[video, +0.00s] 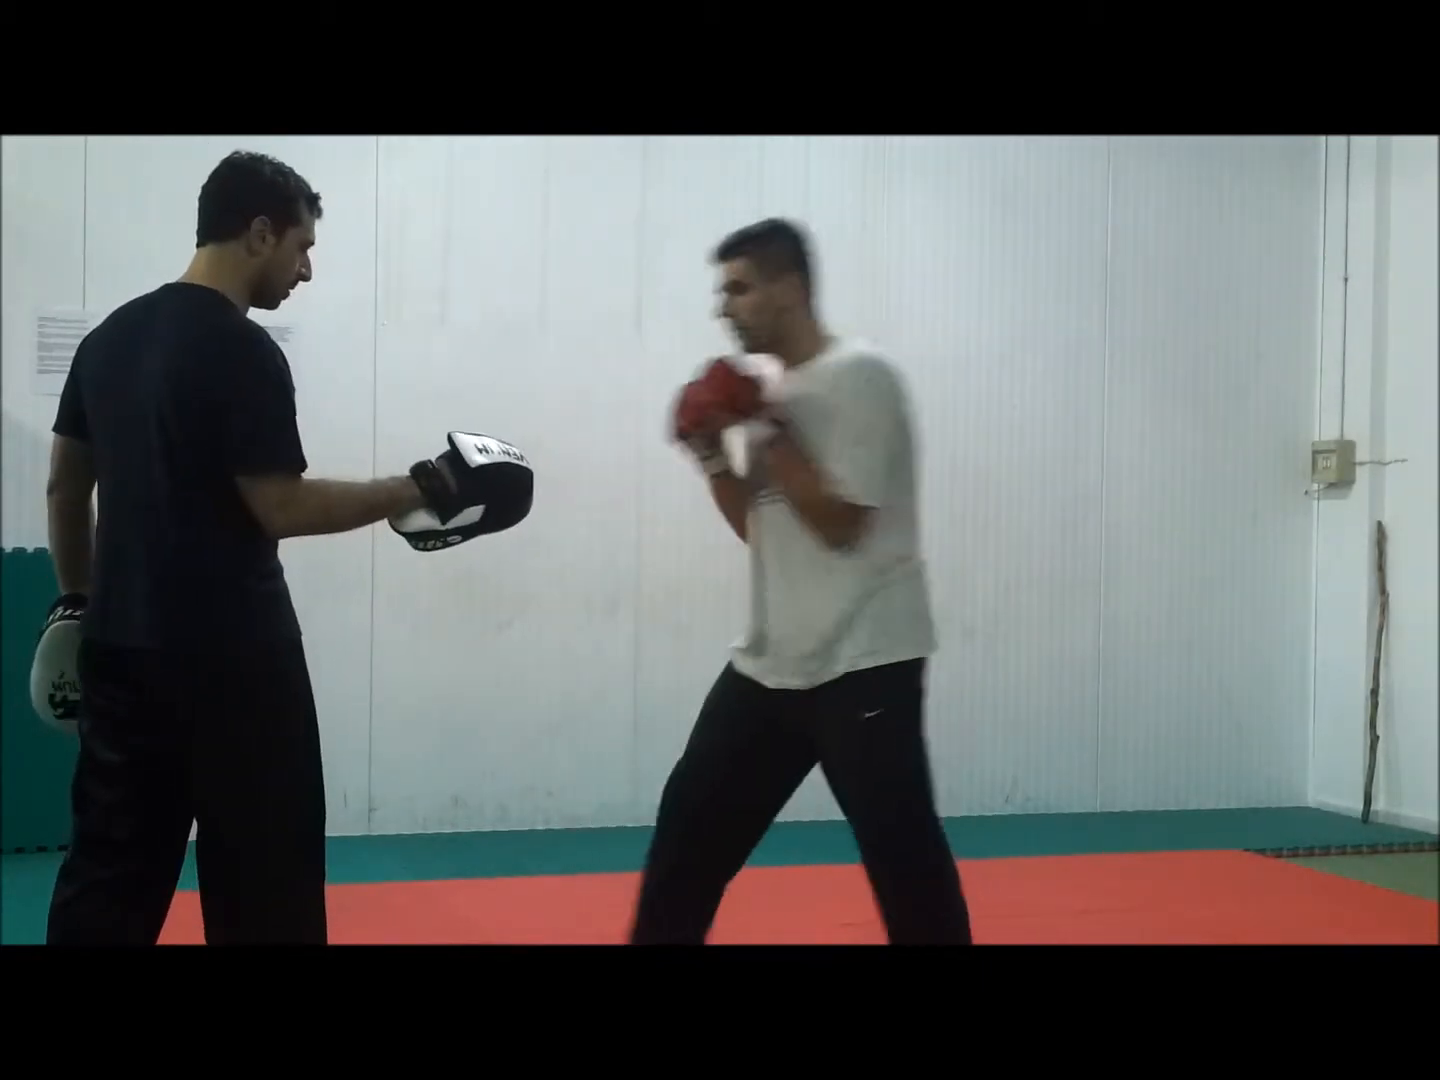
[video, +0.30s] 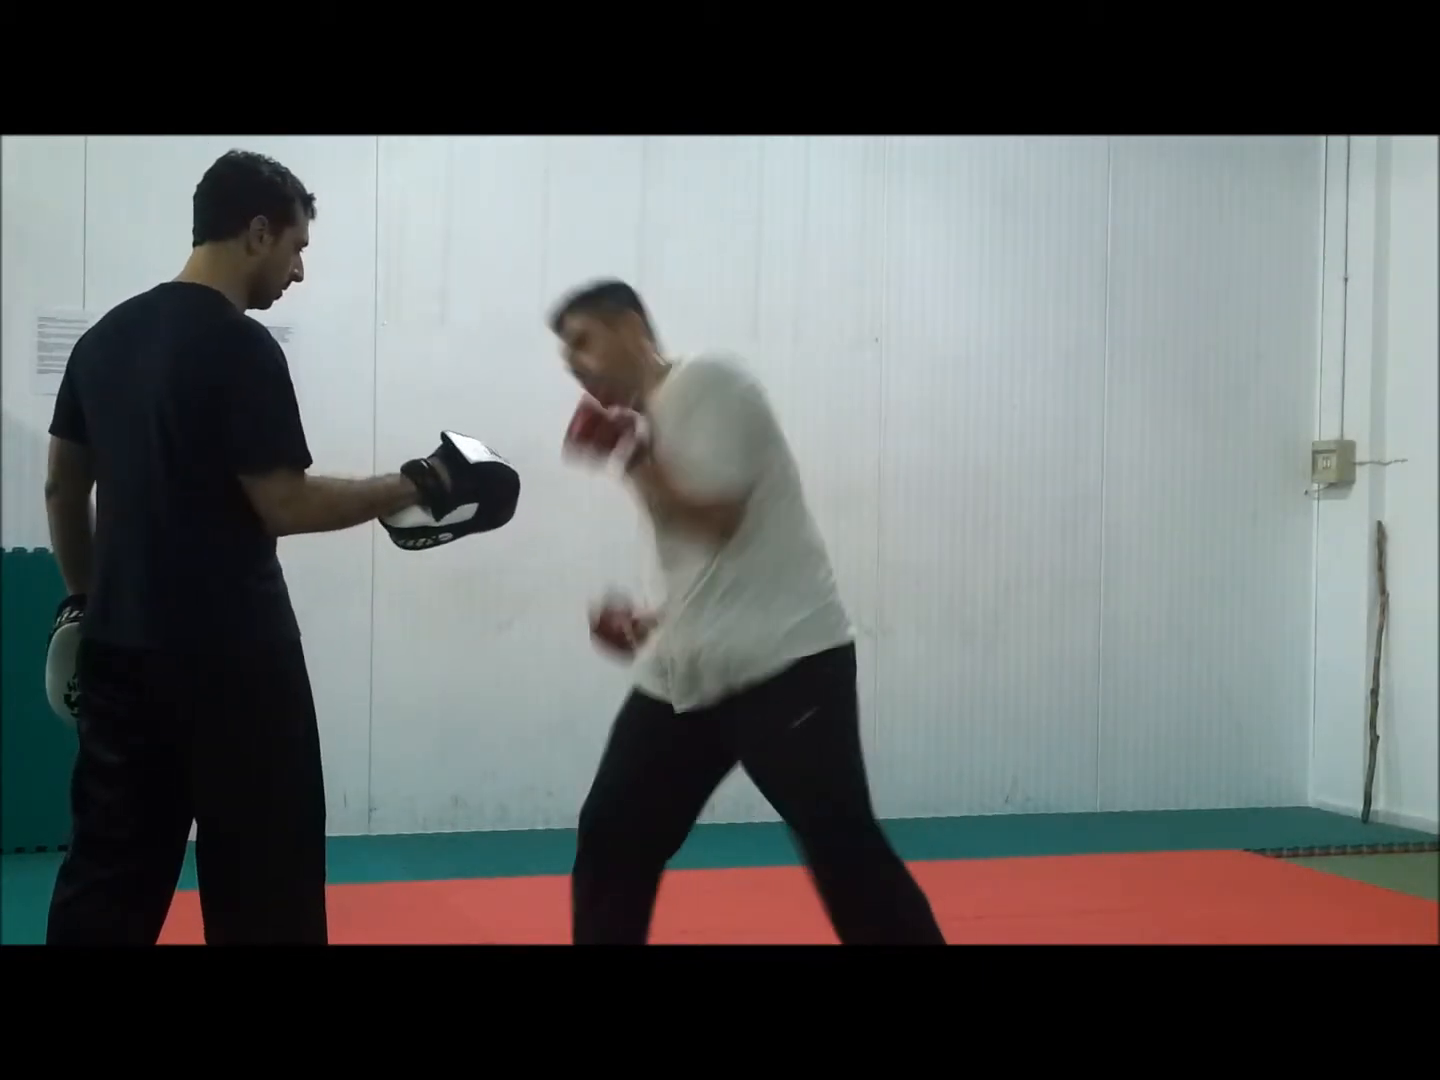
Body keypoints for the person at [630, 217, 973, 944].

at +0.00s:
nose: (723, 307)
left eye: (737, 289)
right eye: (721, 292)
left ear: (791, 287)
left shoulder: (862, 377)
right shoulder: (772, 398)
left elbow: (841, 528)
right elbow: (760, 532)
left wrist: (768, 432)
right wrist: (710, 452)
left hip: (867, 660)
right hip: (776, 658)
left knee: (904, 855)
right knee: (690, 829)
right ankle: (656, 947)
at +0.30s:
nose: (574, 362)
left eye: (584, 341)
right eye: (567, 349)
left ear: (636, 328)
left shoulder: (710, 383)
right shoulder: (645, 434)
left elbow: (720, 516)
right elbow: (708, 577)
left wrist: (635, 458)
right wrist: (648, 623)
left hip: (785, 659)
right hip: (688, 670)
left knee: (848, 856)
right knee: (611, 846)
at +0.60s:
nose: (525, 337)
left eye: (532, 316)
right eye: (513, 337)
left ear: (578, 307)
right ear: (520, 360)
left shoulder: (685, 367)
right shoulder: (544, 435)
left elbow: (756, 470)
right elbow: (586, 575)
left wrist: (661, 396)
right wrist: (590, 507)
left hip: (768, 633)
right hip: (655, 657)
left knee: (863, 825)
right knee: (610, 851)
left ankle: (883, 940)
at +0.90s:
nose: (532, 333)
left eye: (542, 311)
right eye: (527, 319)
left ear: (597, 296)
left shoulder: (687, 363)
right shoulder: (598, 408)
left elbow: (726, 491)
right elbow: (642, 537)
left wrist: (612, 433)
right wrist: (584, 569)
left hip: (752, 648)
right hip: (653, 664)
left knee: (826, 836)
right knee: (601, 846)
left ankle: (882, 941)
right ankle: (591, 947)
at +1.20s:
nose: (746, 329)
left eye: (759, 309)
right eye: (740, 312)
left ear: (811, 297)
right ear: (748, 311)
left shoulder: (895, 390)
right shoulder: (774, 396)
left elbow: (884, 534)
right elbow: (760, 533)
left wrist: (814, 447)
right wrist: (737, 455)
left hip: (883, 657)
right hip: (786, 646)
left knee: (919, 856)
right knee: (701, 805)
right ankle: (678, 942)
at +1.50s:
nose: (610, 381)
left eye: (616, 357)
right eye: (604, 366)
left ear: (664, 338)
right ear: (677, 344)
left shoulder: (685, 404)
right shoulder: (739, 398)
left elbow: (706, 548)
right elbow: (746, 532)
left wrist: (645, 513)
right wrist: (658, 495)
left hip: (772, 665)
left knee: (825, 852)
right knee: (650, 847)